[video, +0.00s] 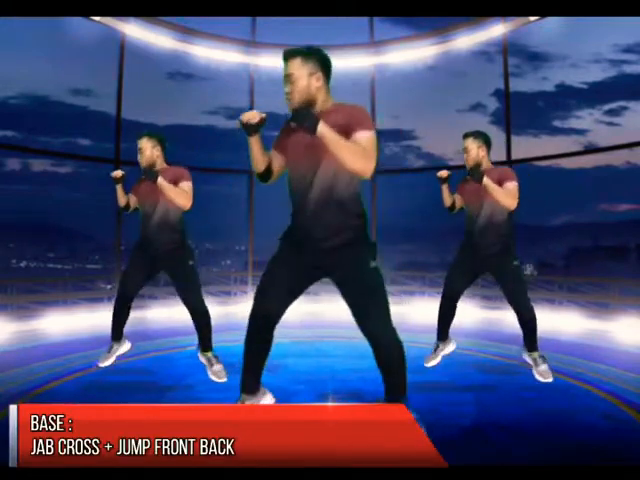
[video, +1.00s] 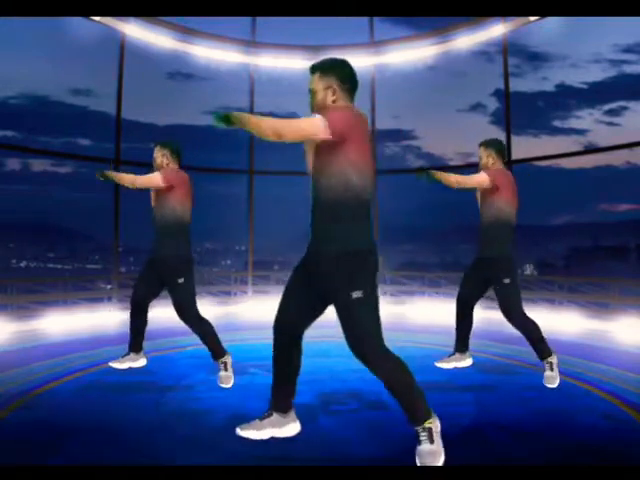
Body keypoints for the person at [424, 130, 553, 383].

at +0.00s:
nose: (465, 154)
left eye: (469, 149)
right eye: (464, 150)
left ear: (484, 151)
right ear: (466, 154)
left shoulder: (504, 174)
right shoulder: (466, 184)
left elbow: (511, 203)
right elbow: (451, 206)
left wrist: (484, 179)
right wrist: (444, 184)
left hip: (501, 251)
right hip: (472, 251)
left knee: (521, 304)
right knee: (450, 293)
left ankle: (532, 352)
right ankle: (443, 341)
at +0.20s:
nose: (478, 166)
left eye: (482, 161)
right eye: (478, 162)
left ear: (497, 162)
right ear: (482, 165)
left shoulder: (517, 184)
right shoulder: (484, 192)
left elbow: (518, 212)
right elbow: (470, 219)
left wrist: (491, 190)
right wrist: (462, 198)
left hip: (517, 264)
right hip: (492, 263)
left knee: (532, 318)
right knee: (465, 303)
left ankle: (548, 365)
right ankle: (462, 354)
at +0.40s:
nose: (489, 164)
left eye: (493, 159)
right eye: (487, 160)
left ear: (508, 160)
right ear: (490, 163)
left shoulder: (527, 184)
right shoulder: (491, 192)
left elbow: (533, 214)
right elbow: (479, 220)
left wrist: (505, 190)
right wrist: (467, 204)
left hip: (524, 262)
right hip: (494, 262)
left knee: (536, 318)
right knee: (469, 304)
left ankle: (548, 366)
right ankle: (462, 354)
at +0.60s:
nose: (489, 163)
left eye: (494, 158)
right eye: (487, 158)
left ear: (508, 159)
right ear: (487, 161)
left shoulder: (524, 185)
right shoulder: (479, 183)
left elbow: (533, 214)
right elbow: (447, 189)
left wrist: (510, 188)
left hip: (518, 263)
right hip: (488, 262)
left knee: (535, 314)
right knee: (463, 305)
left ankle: (548, 364)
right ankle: (461, 355)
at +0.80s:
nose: (476, 160)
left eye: (479, 156)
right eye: (475, 156)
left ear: (492, 157)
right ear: (484, 158)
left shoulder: (504, 181)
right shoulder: (483, 183)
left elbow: (504, 212)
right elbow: (486, 213)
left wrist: (479, 188)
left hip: (500, 258)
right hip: (484, 256)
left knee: (513, 310)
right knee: (460, 300)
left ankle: (552, 357)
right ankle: (461, 354)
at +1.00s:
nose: (480, 162)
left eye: (482, 157)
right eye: (480, 158)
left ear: (492, 156)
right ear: (497, 157)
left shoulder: (496, 176)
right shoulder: (501, 179)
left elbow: (458, 182)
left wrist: (433, 173)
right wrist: (441, 176)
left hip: (499, 258)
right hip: (489, 256)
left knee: (513, 313)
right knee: (464, 300)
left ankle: (548, 359)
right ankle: (461, 354)